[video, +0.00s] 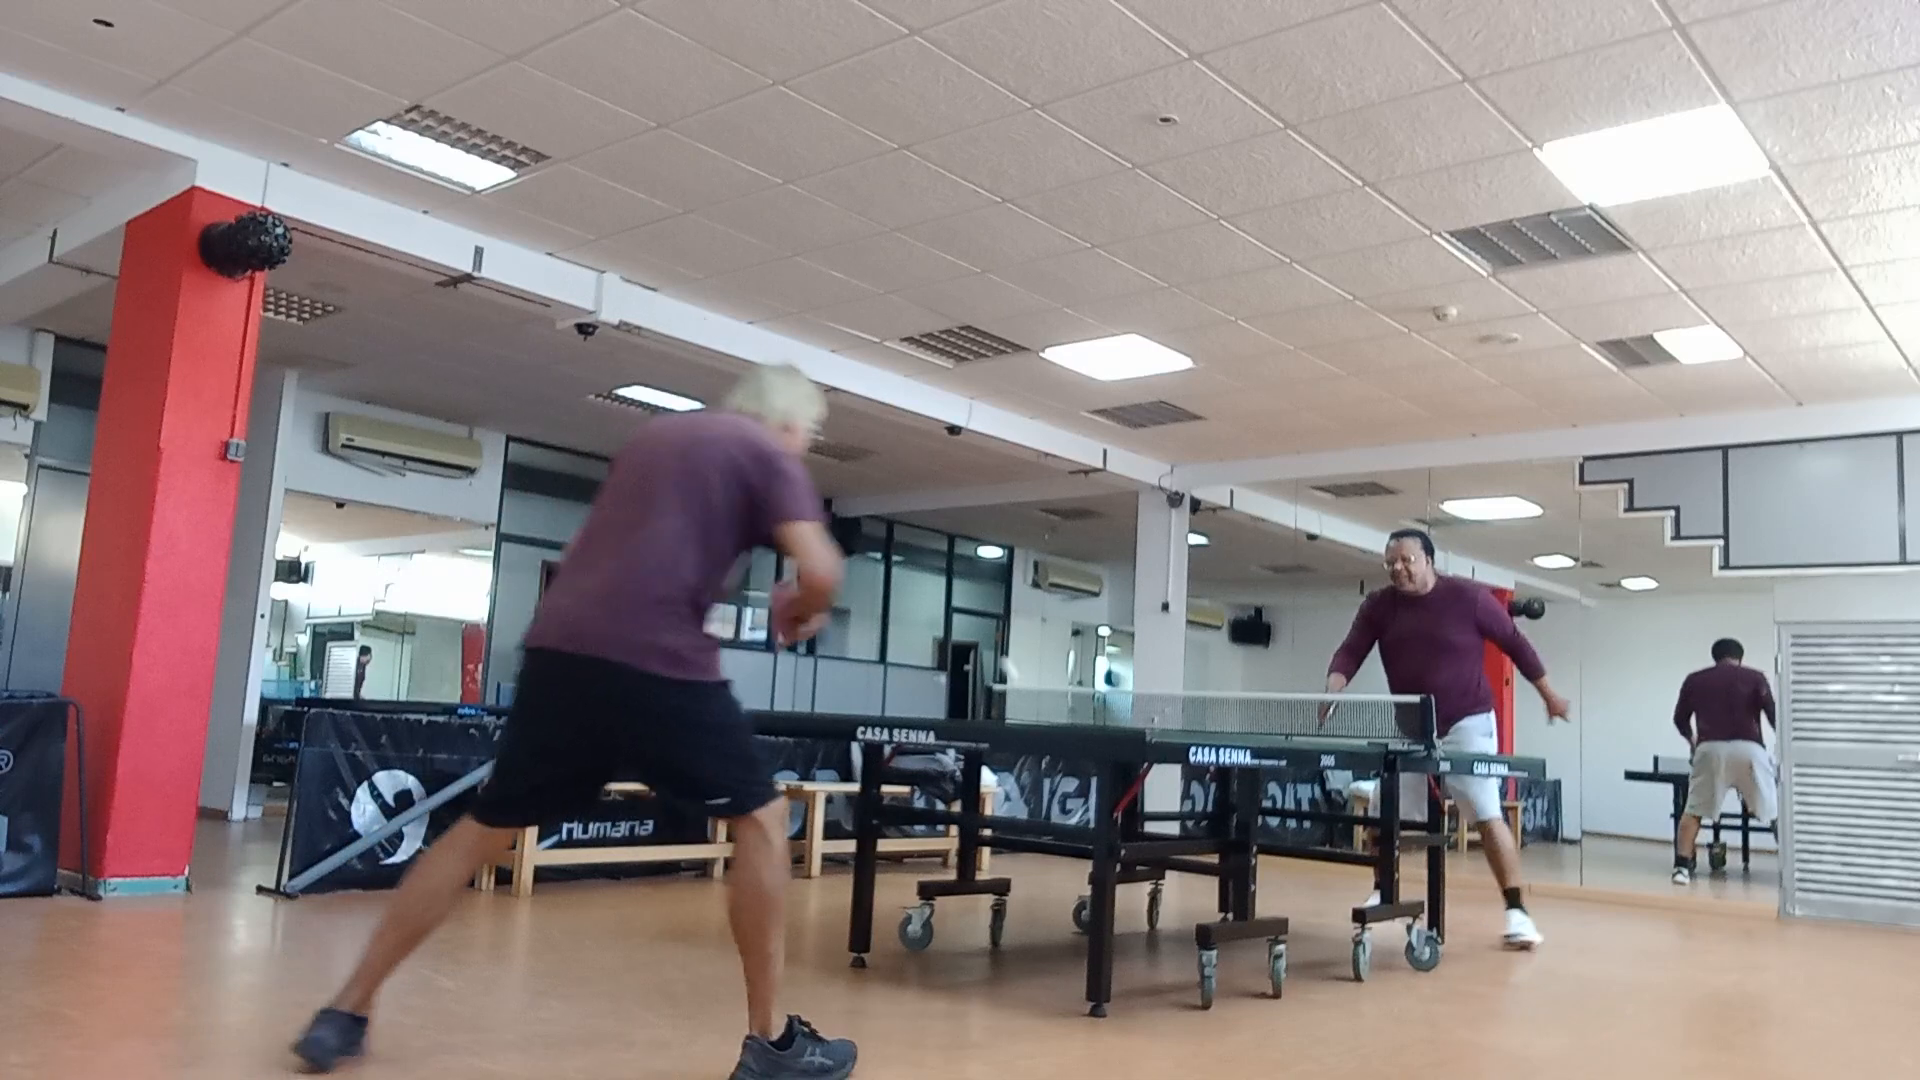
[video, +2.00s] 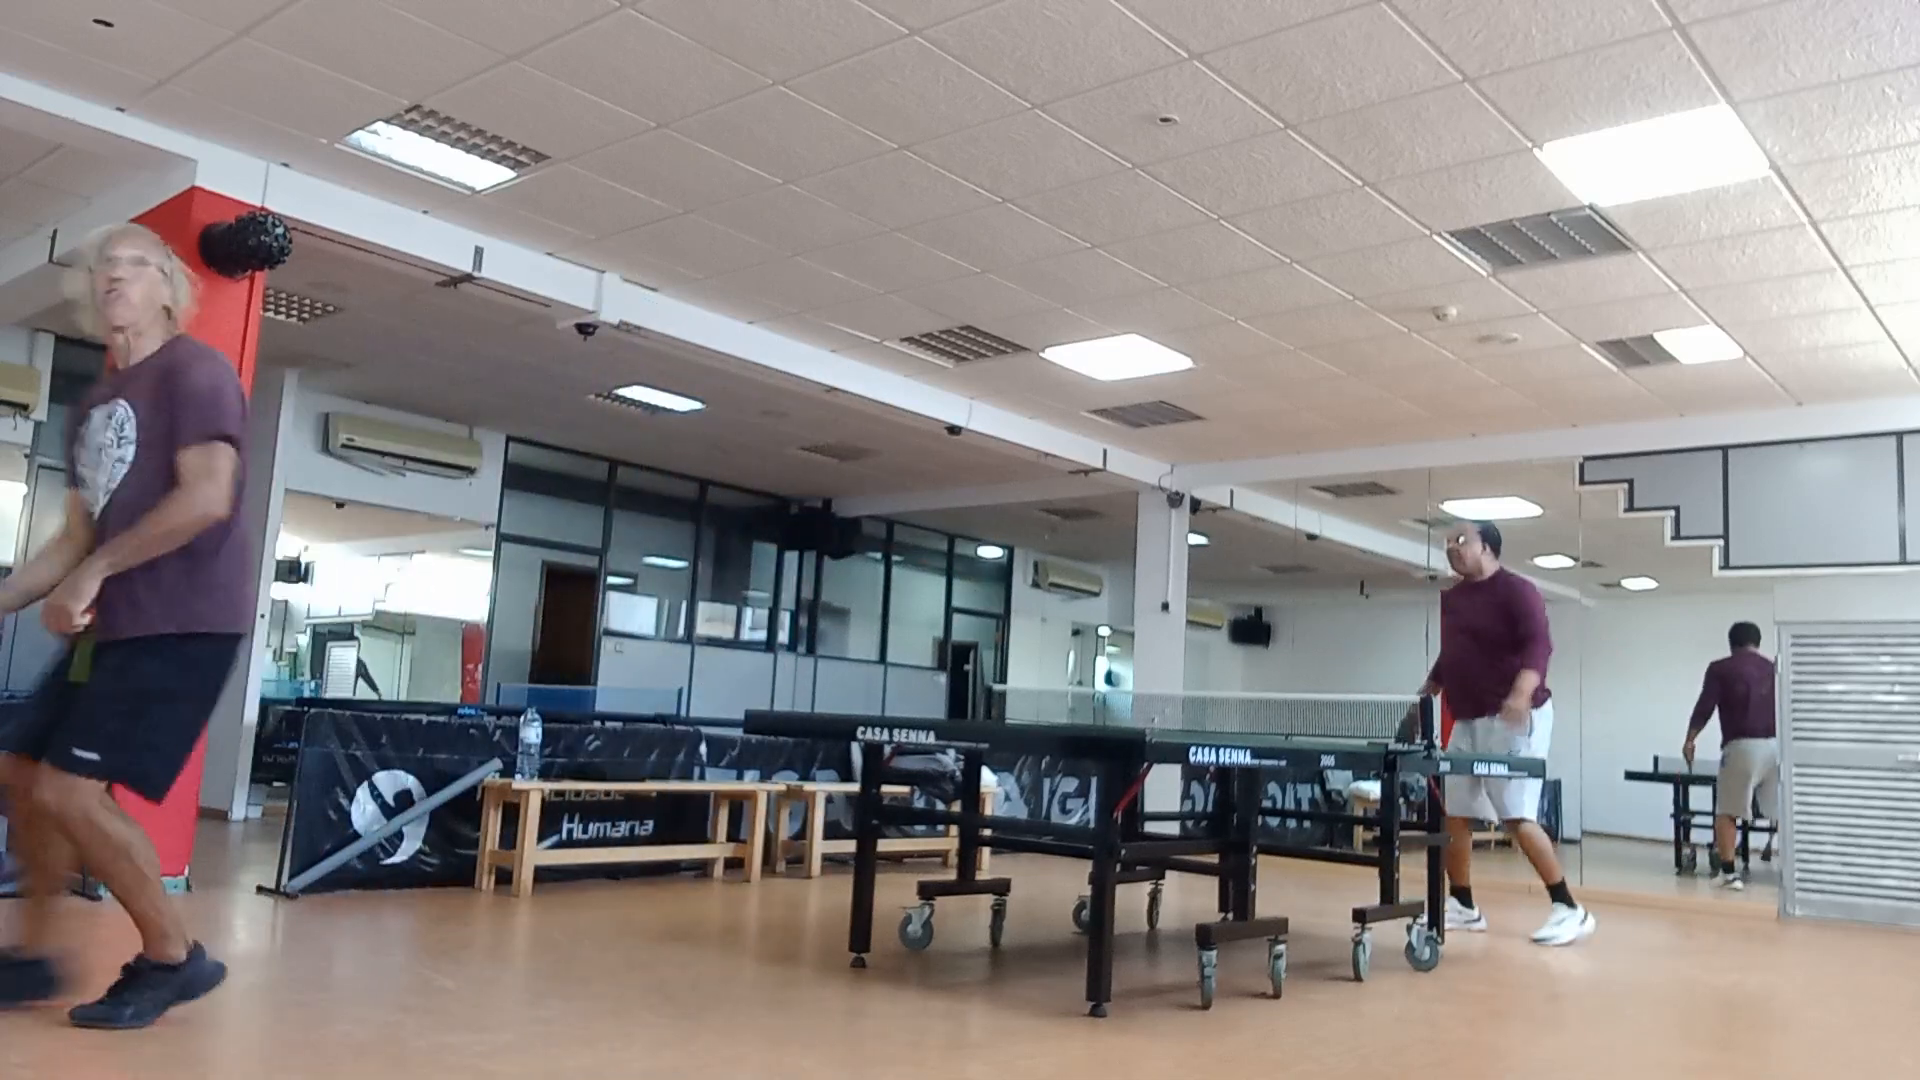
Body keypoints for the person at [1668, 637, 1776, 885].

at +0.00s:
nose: (1738, 663)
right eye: (1740, 659)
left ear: (1714, 659)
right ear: (1740, 658)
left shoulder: (1695, 679)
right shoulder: (1754, 677)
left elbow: (1680, 719)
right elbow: (1775, 716)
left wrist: (1692, 740)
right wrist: (1789, 742)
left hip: (1709, 750)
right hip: (1749, 750)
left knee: (1692, 812)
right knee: (1774, 813)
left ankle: (1681, 867)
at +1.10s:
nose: (1738, 669)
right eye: (1739, 665)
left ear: (1711, 662)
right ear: (1736, 662)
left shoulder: (1692, 682)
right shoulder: (1742, 675)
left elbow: (1698, 719)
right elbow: (1773, 704)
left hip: (1705, 751)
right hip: (1743, 749)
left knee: (1690, 812)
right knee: (1774, 813)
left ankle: (1671, 867)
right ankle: (1793, 870)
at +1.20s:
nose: (1734, 667)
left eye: (1734, 665)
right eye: (1733, 664)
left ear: (1706, 661)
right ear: (1730, 661)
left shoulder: (1690, 677)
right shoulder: (1732, 671)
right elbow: (1763, 684)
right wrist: (1780, 695)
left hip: (1699, 750)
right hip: (1734, 748)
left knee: (1689, 812)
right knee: (1772, 812)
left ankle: (1670, 868)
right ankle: (1792, 867)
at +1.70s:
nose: (1751, 653)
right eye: (1752, 650)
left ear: (1725, 647)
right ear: (1752, 648)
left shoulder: (1706, 672)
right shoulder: (1765, 671)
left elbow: (1689, 713)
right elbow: (1788, 703)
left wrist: (1676, 744)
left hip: (1721, 749)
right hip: (1759, 748)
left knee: (1700, 811)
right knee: (1778, 810)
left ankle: (1677, 864)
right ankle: (1786, 861)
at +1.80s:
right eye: (1754, 646)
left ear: (1730, 644)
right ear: (1756, 645)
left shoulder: (1713, 668)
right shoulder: (1772, 668)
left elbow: (1697, 710)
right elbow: (1787, 707)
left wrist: (1684, 745)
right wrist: (1790, 744)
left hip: (1729, 746)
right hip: (1767, 746)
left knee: (1710, 808)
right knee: (1781, 807)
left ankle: (1697, 861)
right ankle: (1780, 851)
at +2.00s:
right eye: (1755, 646)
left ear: (1731, 644)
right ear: (1758, 644)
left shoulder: (1719, 668)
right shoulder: (1773, 668)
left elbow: (1705, 706)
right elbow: (1787, 704)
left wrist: (1690, 738)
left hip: (1741, 750)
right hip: (1776, 747)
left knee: (1726, 813)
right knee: (1781, 814)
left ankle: (1729, 873)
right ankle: (1792, 868)